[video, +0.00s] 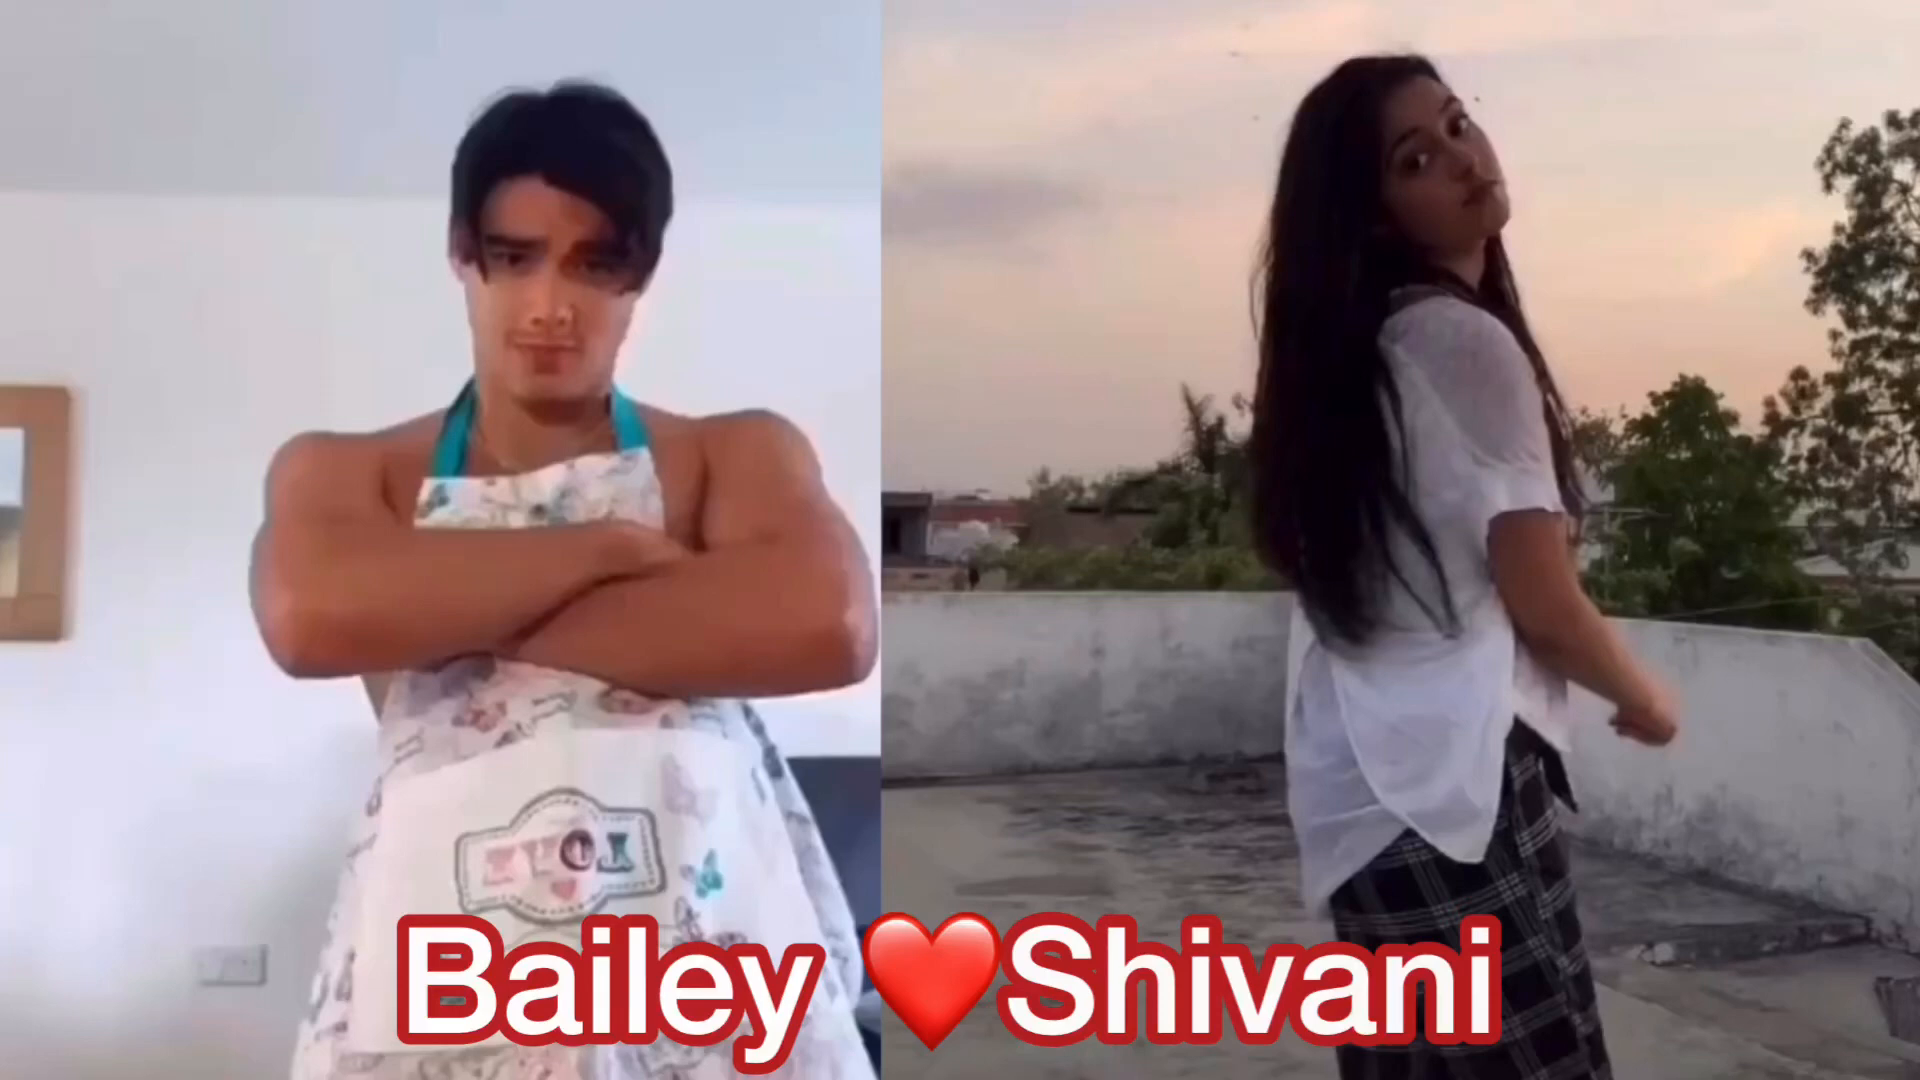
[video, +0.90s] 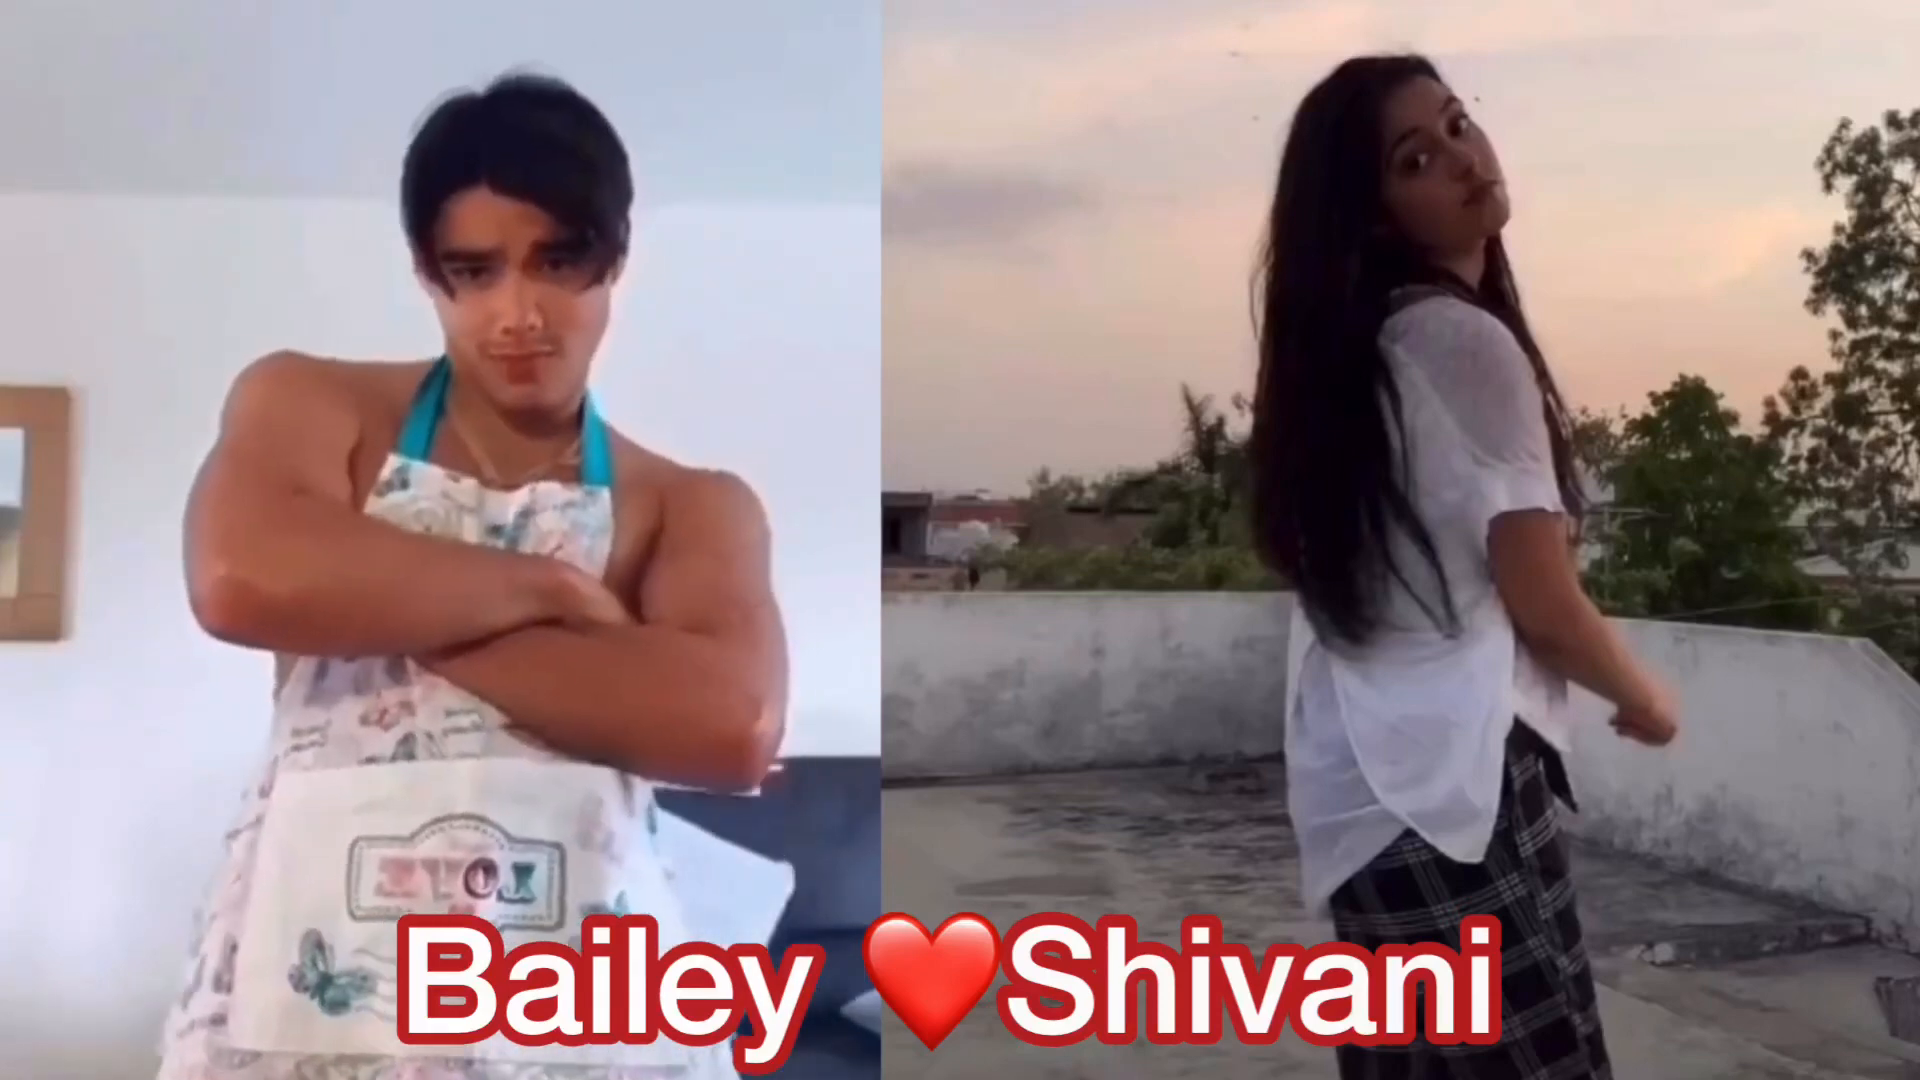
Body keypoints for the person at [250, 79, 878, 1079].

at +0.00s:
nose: (550, 305)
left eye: (597, 263)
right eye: (513, 258)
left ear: (642, 276)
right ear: (463, 262)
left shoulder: (741, 454)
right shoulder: (342, 470)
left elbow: (826, 624)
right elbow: (310, 620)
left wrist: (481, 613)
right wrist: (623, 547)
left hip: (709, 948)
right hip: (440, 959)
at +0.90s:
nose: (516, 316)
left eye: (558, 263)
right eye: (472, 271)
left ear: (616, 261)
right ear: (427, 275)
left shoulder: (694, 507)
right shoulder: (305, 401)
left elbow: (732, 730)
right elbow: (243, 580)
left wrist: (414, 610)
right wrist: (554, 589)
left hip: (581, 1003)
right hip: (308, 987)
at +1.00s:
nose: (495, 318)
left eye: (541, 268)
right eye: (451, 273)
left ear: (598, 255)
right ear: (407, 274)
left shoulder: (676, 507)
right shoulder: (291, 385)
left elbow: (702, 734)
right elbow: (219, 556)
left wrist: (397, 613)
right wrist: (529, 584)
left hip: (544, 1000)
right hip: (267, 984)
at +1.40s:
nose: (511, 297)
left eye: (557, 247)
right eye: (469, 249)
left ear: (625, 228)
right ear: (427, 243)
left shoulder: (717, 348)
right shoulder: (342, 398)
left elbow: (787, 586)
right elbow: (277, 583)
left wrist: (455, 575)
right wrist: (586, 511)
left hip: (616, 876)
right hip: (362, 870)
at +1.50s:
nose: (535, 296)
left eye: (584, 248)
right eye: (494, 248)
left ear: (646, 227)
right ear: (449, 239)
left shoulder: (733, 318)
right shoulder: (368, 426)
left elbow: (828, 550)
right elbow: (333, 607)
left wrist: (492, 577)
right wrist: (625, 498)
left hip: (684, 881)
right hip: (436, 888)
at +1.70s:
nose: (565, 338)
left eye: (614, 291)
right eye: (528, 290)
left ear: (677, 279)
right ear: (487, 282)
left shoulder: (749, 342)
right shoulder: (409, 515)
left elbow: (858, 563)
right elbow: (426, 695)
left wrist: (564, 637)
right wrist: (696, 532)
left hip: (791, 943)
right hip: (541, 969)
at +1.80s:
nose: (567, 362)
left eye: (613, 314)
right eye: (528, 314)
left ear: (676, 301)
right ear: (485, 302)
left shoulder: (749, 375)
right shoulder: (403, 541)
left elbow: (864, 599)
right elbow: (456, 723)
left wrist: (562, 661)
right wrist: (707, 556)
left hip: (810, 973)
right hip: (573, 1009)